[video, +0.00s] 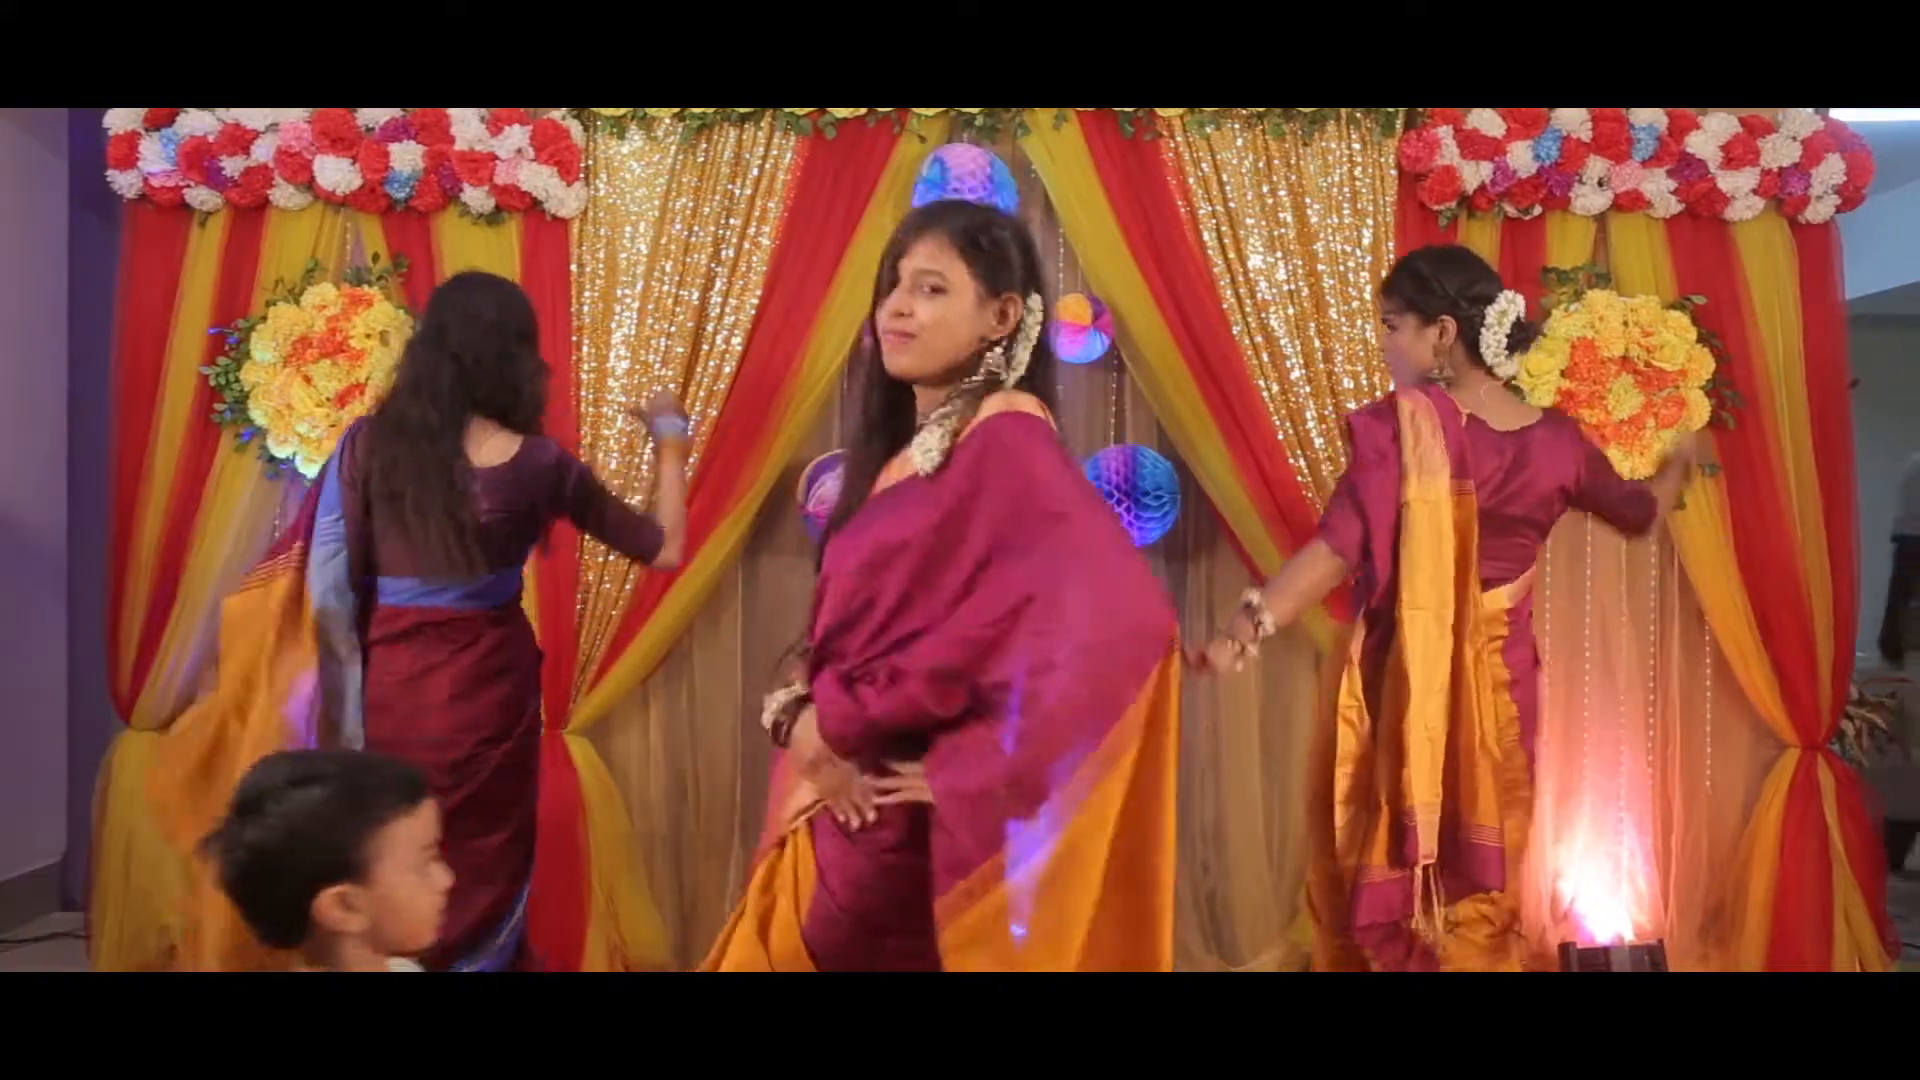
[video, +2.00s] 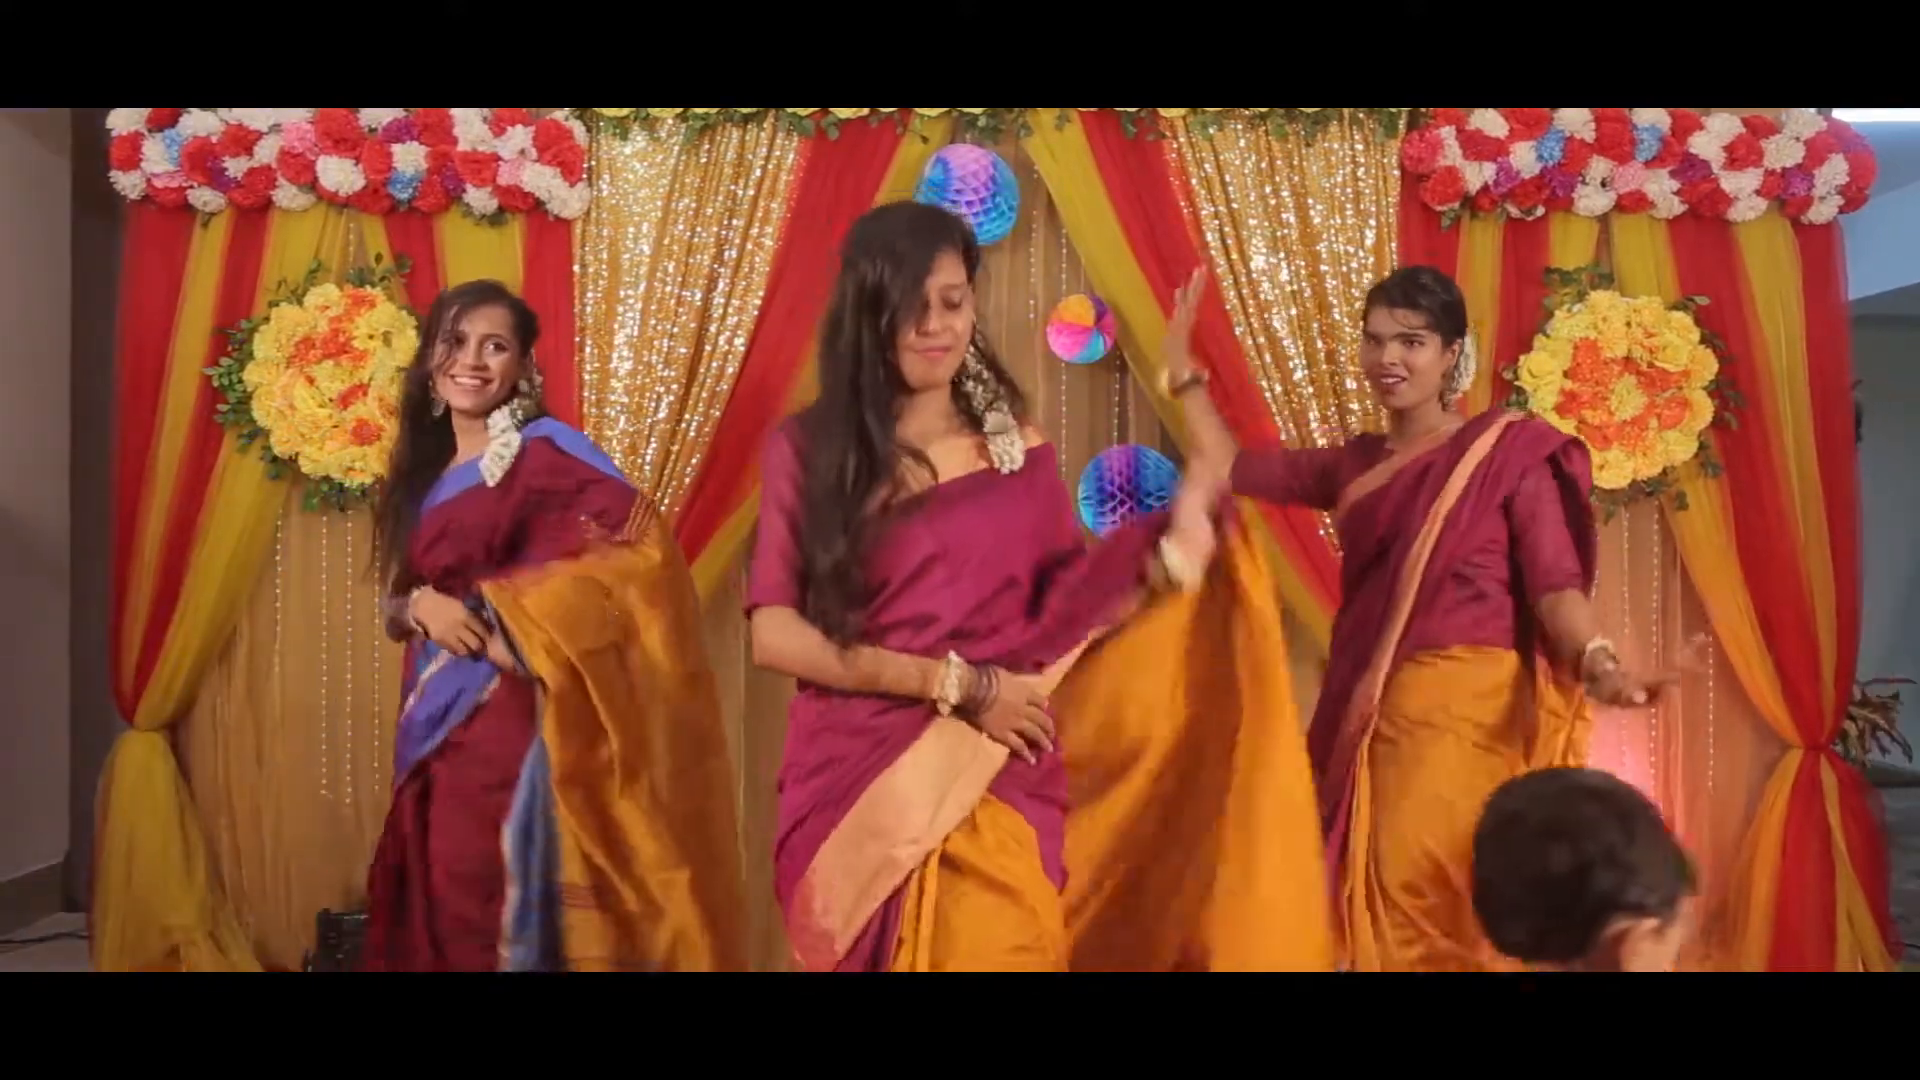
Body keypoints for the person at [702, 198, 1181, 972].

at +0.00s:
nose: (897, 307)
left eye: (933, 288)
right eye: (895, 285)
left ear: (1003, 317)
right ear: (878, 303)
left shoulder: (1008, 435)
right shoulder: (906, 448)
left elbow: (1129, 620)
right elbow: (835, 629)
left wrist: (969, 771)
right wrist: (804, 728)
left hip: (915, 838)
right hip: (837, 825)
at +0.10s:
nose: (920, 285)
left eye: (956, 267)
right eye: (913, 264)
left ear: (1020, 296)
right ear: (893, 285)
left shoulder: (1030, 417)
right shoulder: (898, 434)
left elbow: (1162, 607)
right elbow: (820, 612)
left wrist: (974, 723)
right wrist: (799, 674)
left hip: (921, 789)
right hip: (841, 775)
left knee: (764, 954)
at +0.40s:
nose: (954, 317)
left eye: (985, 302)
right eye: (937, 293)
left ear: (1023, 329)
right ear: (906, 312)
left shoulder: (1038, 436)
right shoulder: (900, 462)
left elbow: (1155, 624)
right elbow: (821, 653)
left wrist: (1052, 782)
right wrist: (845, 722)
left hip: (942, 819)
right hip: (849, 811)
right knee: (804, 957)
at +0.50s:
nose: (961, 294)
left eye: (992, 279)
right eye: (944, 268)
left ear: (1023, 306)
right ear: (908, 281)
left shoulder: (1042, 419)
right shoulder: (862, 442)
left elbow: (1180, 591)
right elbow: (770, 611)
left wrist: (1061, 706)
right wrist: (850, 679)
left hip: (969, 760)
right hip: (849, 765)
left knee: (893, 951)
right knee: (853, 951)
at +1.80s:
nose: (915, 282)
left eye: (936, 260)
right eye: (890, 261)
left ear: (962, 280)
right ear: (846, 280)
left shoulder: (1004, 419)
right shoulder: (794, 420)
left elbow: (1066, 612)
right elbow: (749, 602)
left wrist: (1161, 731)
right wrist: (933, 652)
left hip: (1011, 734)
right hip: (860, 736)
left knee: (1003, 941)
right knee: (876, 950)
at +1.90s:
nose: (928, 300)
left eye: (947, 278)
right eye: (904, 279)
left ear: (971, 290)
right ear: (860, 290)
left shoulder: (1009, 429)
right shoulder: (800, 424)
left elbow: (1058, 633)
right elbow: (758, 608)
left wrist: (1186, 654)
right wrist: (940, 666)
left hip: (1007, 753)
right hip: (857, 759)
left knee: (1006, 946)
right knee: (869, 957)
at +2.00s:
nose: (937, 326)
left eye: (953, 302)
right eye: (913, 306)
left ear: (975, 305)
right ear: (867, 313)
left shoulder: (1016, 442)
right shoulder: (808, 449)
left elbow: (1061, 607)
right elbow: (775, 636)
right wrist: (966, 688)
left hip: (1001, 783)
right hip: (855, 793)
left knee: (1006, 953)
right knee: (863, 960)